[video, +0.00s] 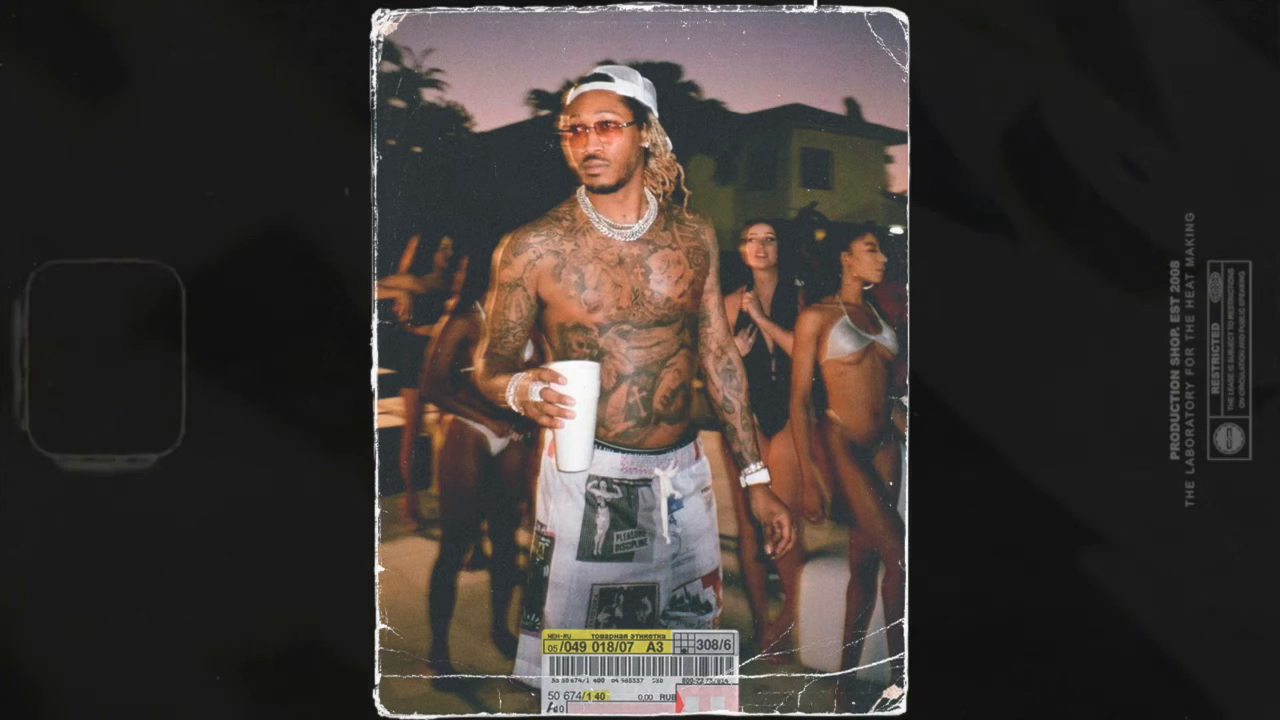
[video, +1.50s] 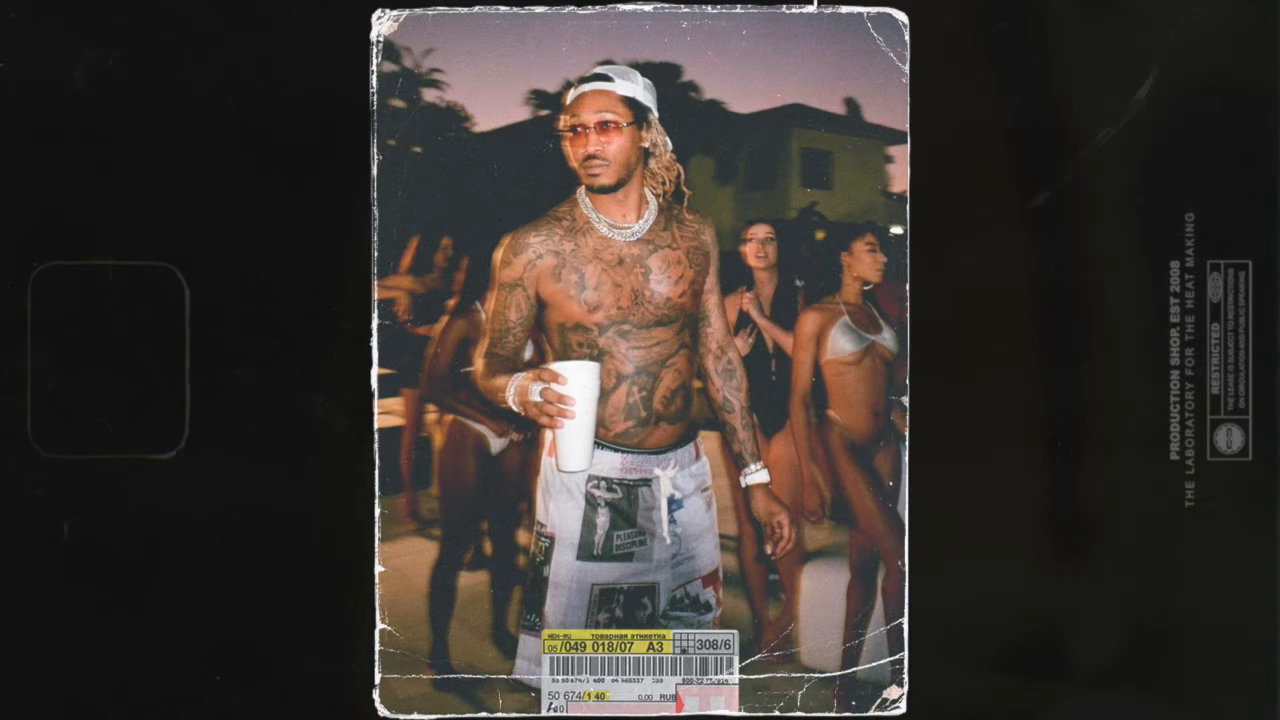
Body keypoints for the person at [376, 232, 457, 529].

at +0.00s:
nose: (446, 253)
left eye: (451, 248)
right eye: (442, 247)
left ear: (455, 252)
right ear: (431, 250)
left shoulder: (457, 274)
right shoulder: (416, 277)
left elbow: (461, 302)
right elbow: (398, 283)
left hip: (445, 346)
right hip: (416, 345)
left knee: (450, 425)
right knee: (413, 426)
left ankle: (453, 498)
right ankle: (410, 500)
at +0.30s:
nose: (446, 253)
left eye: (450, 248)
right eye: (442, 247)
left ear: (455, 252)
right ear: (431, 250)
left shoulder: (457, 274)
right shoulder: (416, 278)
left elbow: (461, 302)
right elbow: (398, 282)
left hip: (445, 346)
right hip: (415, 344)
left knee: (450, 425)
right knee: (413, 427)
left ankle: (453, 498)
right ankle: (410, 501)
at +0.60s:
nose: (446, 253)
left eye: (450, 248)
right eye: (442, 247)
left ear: (455, 252)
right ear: (431, 250)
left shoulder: (457, 274)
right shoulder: (416, 279)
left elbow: (461, 304)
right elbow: (398, 282)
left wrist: (437, 327)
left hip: (445, 347)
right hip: (415, 345)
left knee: (450, 425)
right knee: (413, 427)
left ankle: (453, 498)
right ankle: (410, 501)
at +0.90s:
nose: (446, 254)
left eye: (451, 249)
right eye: (442, 248)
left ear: (455, 254)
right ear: (431, 251)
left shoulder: (455, 281)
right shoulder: (414, 282)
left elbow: (461, 311)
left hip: (444, 352)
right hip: (416, 350)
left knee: (449, 426)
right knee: (412, 427)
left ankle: (451, 498)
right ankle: (410, 501)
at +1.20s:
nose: (446, 254)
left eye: (451, 249)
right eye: (442, 248)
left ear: (455, 254)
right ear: (431, 251)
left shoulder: (455, 281)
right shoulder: (414, 282)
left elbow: (460, 315)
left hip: (445, 354)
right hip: (416, 351)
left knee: (450, 427)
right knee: (412, 429)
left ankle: (452, 499)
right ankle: (410, 503)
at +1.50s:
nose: (446, 254)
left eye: (450, 249)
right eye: (442, 247)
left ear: (456, 254)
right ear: (431, 250)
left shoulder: (456, 280)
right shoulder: (415, 282)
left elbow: (461, 313)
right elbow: (393, 285)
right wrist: (404, 294)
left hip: (445, 351)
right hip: (416, 349)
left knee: (449, 427)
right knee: (412, 428)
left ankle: (452, 499)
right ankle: (410, 502)